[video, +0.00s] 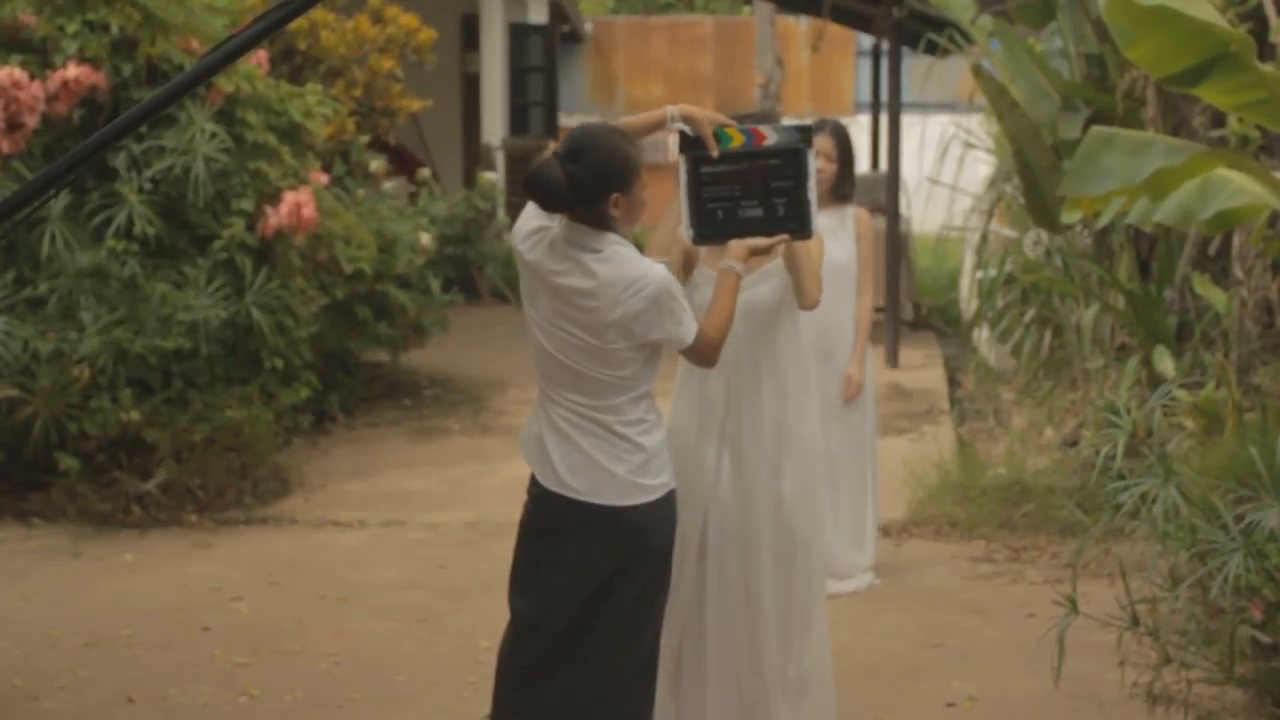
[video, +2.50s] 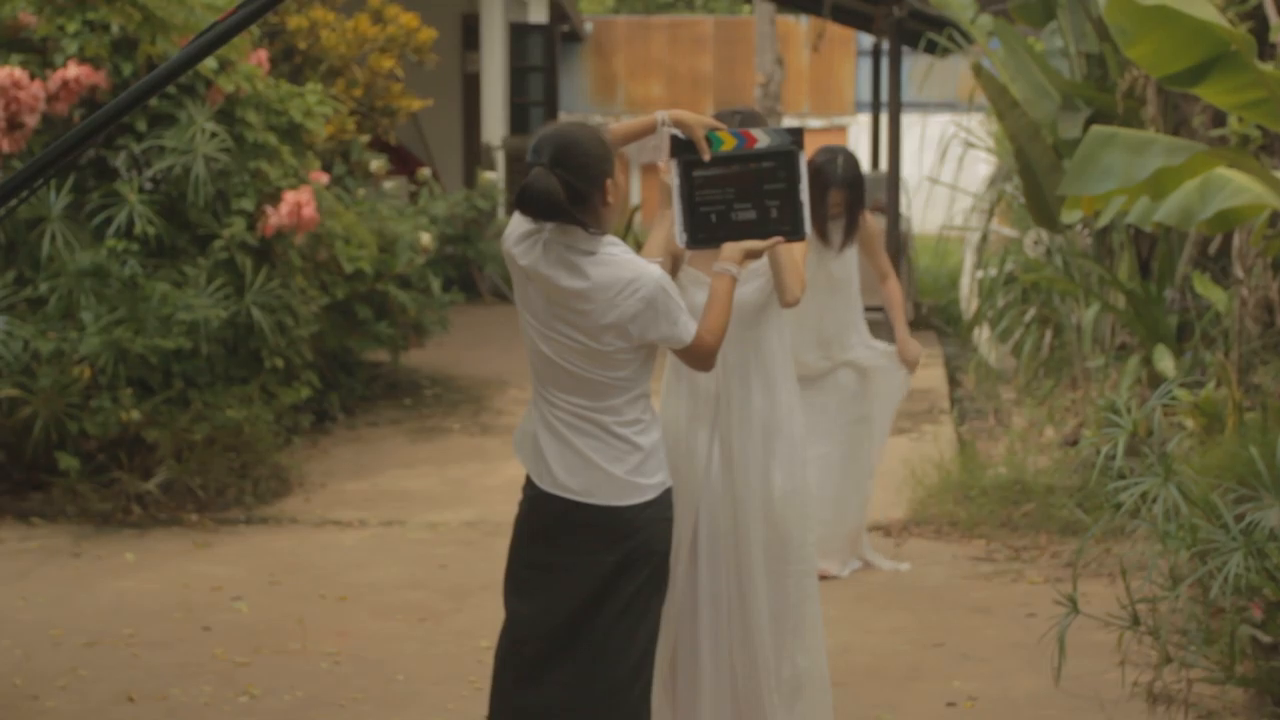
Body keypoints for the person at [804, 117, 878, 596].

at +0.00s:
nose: (817, 165)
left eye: (827, 158)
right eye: (812, 155)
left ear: (843, 167)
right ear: (799, 161)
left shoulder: (856, 220)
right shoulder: (783, 214)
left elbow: (866, 293)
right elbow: (762, 291)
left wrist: (856, 360)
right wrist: (759, 357)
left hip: (834, 352)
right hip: (785, 353)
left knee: (836, 456)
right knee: (787, 456)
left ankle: (840, 558)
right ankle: (788, 560)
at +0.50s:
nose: (817, 164)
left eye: (827, 156)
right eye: (811, 153)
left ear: (844, 166)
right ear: (798, 159)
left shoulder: (857, 221)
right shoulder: (781, 213)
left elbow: (869, 296)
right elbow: (756, 289)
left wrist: (867, 362)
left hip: (834, 355)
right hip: (781, 355)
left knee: (835, 456)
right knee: (782, 457)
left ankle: (840, 560)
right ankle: (783, 561)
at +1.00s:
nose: (828, 200)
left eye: (837, 191)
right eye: (822, 189)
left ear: (849, 184)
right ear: (806, 181)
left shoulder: (857, 222)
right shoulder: (787, 215)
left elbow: (867, 294)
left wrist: (866, 361)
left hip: (837, 354)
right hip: (787, 356)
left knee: (839, 456)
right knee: (791, 456)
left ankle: (842, 560)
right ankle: (791, 561)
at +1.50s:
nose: (829, 207)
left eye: (839, 198)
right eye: (822, 197)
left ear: (852, 192)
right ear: (806, 189)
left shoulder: (863, 225)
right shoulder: (789, 224)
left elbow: (874, 279)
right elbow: (752, 287)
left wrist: (894, 331)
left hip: (844, 359)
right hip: (789, 364)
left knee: (843, 462)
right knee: (790, 467)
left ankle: (843, 557)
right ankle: (795, 563)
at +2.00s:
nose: (834, 200)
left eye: (842, 191)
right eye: (825, 192)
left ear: (855, 190)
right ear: (810, 191)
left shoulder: (867, 224)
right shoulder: (796, 226)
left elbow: (878, 262)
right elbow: (776, 276)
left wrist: (890, 310)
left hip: (852, 353)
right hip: (800, 357)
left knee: (854, 453)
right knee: (804, 455)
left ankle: (853, 551)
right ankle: (809, 554)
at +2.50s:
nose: (834, 205)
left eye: (842, 197)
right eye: (826, 197)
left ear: (854, 194)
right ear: (809, 194)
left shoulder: (864, 227)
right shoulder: (792, 227)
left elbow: (887, 278)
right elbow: (764, 284)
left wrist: (902, 338)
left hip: (843, 359)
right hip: (791, 363)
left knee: (841, 456)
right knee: (790, 460)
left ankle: (838, 550)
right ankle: (796, 555)